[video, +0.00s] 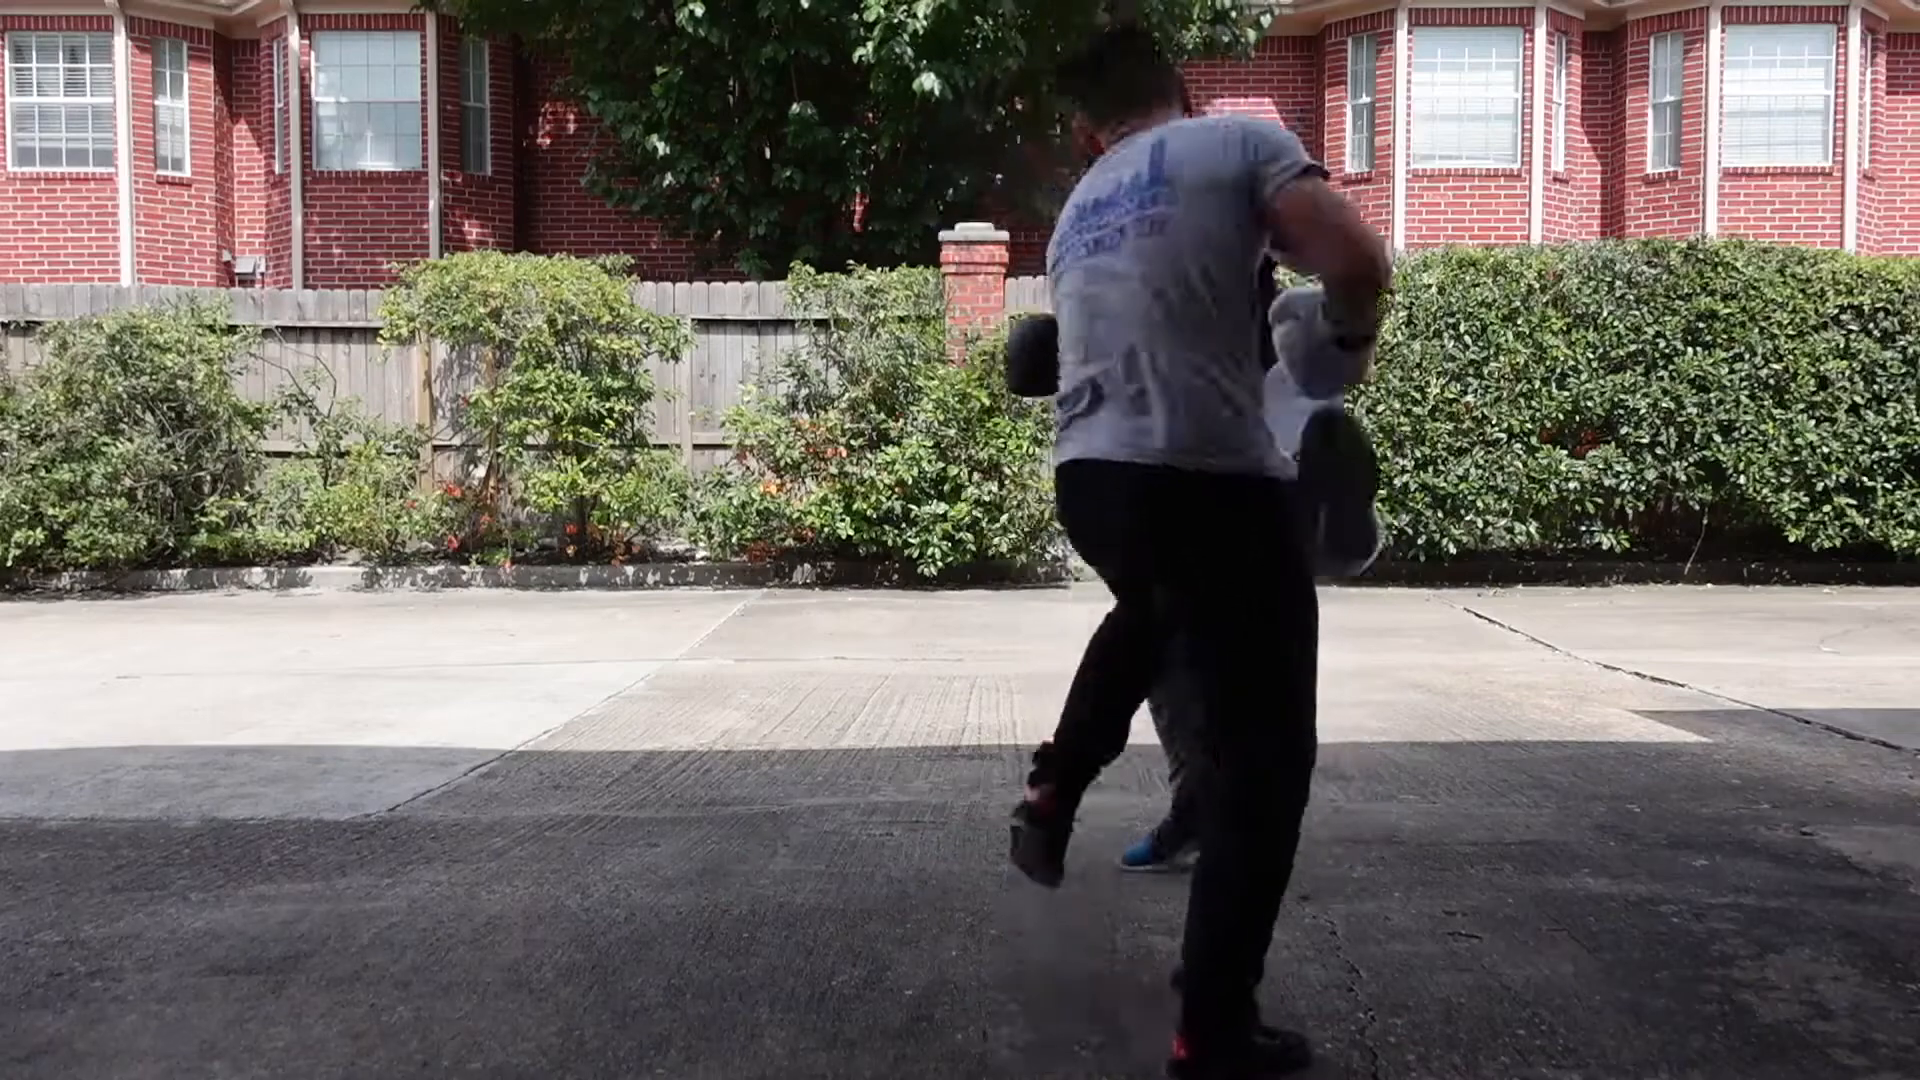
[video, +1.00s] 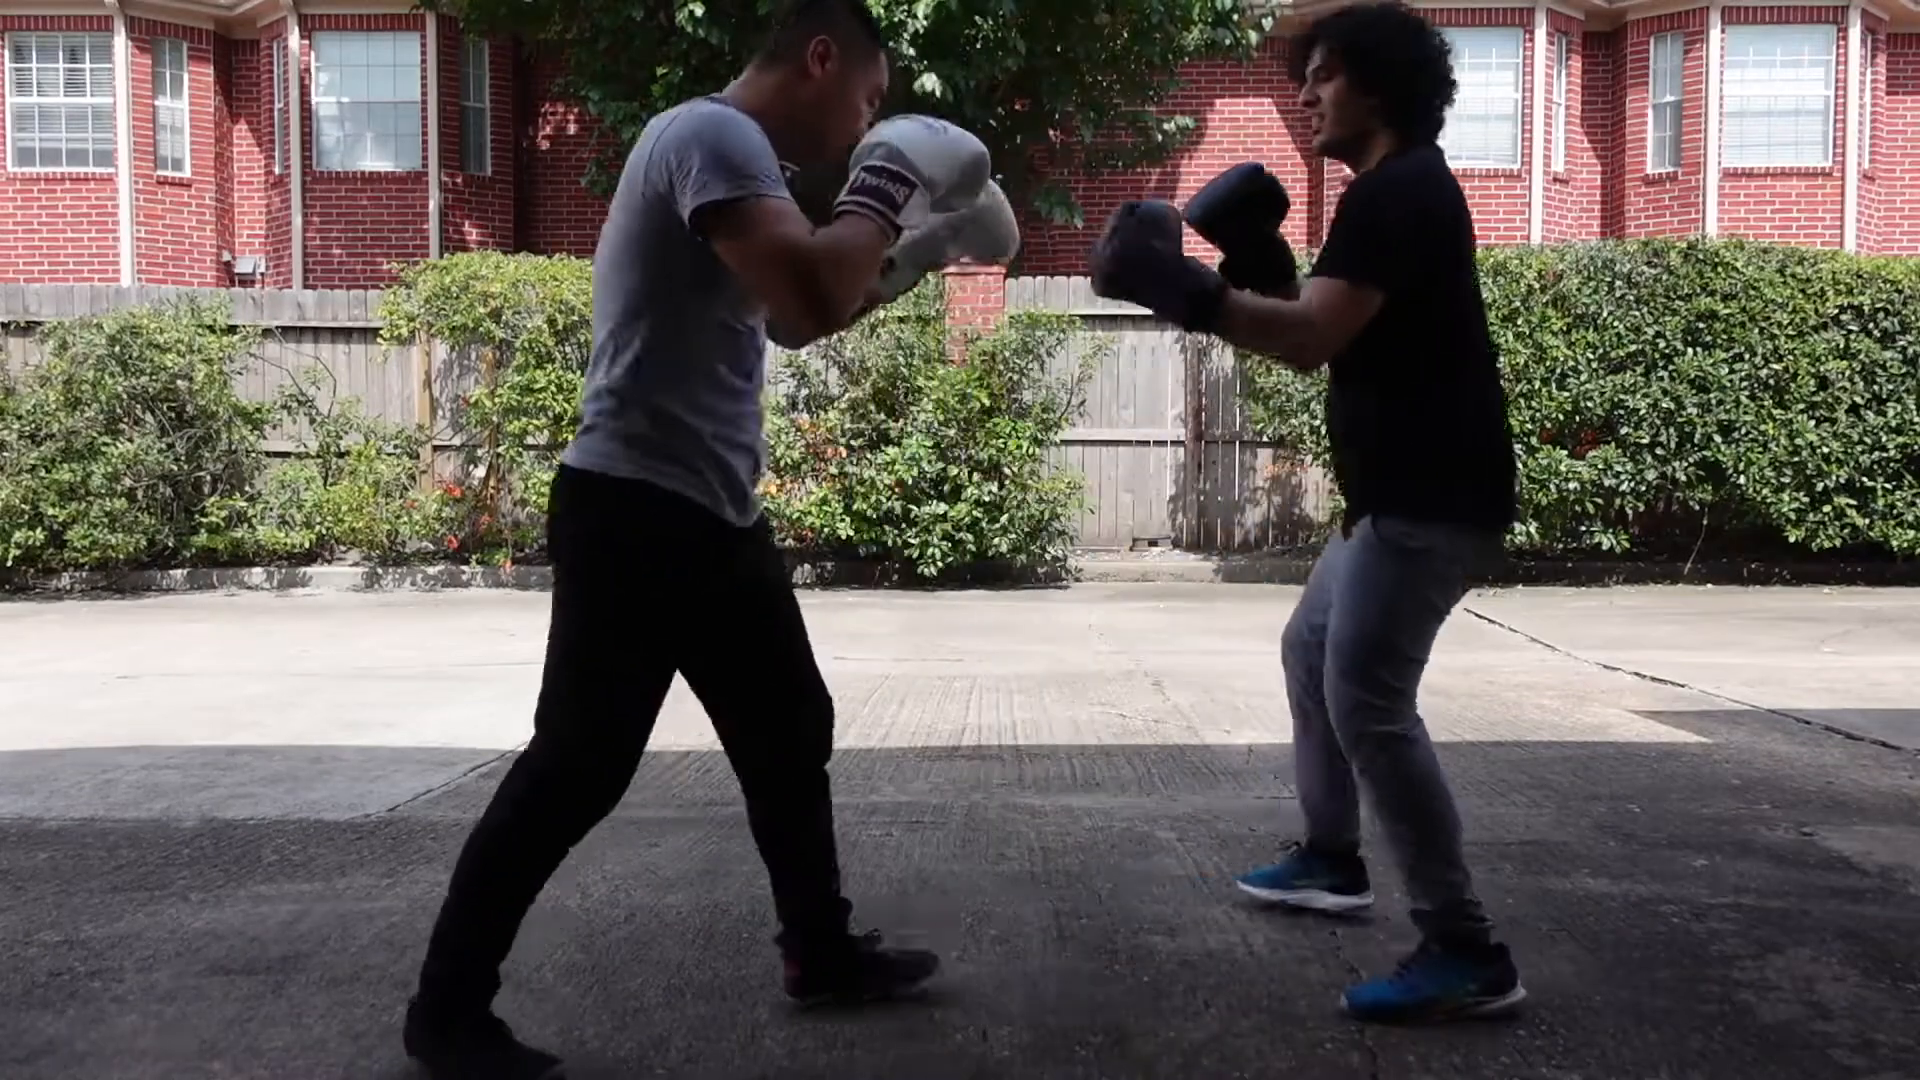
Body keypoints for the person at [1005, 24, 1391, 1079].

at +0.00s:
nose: (1082, 139)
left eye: (1078, 128)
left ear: (1088, 122)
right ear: (1179, 83)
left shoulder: (1079, 201)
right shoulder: (1239, 136)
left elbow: (1088, 338)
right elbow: (1354, 254)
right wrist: (1354, 335)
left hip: (1089, 483)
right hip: (1221, 482)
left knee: (1149, 605)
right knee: (1268, 752)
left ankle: (1049, 803)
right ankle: (1216, 1026)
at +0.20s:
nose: (1123, 178)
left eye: (1134, 159)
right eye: (1104, 168)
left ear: (1161, 163)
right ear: (1083, 182)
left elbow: (1278, 192)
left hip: (1316, 460)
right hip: (1201, 485)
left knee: (1362, 635)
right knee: (1183, 660)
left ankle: (1428, 869)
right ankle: (1229, 816)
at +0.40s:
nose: (1112, 211)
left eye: (1115, 192)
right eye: (1104, 200)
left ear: (1159, 168)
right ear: (1121, 197)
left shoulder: (1233, 194)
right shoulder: (1134, 254)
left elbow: (1200, 242)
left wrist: (1111, 280)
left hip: (1333, 488)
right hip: (1228, 493)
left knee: (1356, 665)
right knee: (1139, 642)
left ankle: (1420, 879)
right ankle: (1180, 832)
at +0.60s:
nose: (1172, 186)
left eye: (1185, 169)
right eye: (1168, 174)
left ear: (1238, 170)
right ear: (1189, 183)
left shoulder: (1277, 224)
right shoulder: (1195, 269)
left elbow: (1196, 258)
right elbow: (1129, 372)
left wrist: (1122, 238)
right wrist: (1121, 274)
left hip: (1317, 533)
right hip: (1224, 540)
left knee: (1348, 718)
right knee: (1152, 684)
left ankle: (1476, 923)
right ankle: (1182, 859)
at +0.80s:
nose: (1264, 96)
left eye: (1282, 76)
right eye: (1265, 81)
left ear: (1338, 81)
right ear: (1333, 90)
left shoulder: (1346, 168)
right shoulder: (1313, 184)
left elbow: (1266, 311)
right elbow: (1240, 339)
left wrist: (1125, 341)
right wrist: (1202, 250)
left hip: (1354, 483)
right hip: (1286, 484)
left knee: (1330, 673)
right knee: (1219, 657)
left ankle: (1449, 920)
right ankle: (1262, 840)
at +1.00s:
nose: (1304, 96)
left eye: (1322, 76)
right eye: (1307, 78)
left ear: (1378, 87)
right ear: (1382, 93)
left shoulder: (1396, 193)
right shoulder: (1396, 189)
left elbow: (1314, 335)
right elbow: (1330, 328)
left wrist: (1189, 295)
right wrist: (1265, 255)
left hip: (1431, 506)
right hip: (1403, 500)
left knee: (1369, 707)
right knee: (1308, 651)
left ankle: (1464, 951)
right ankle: (1331, 857)